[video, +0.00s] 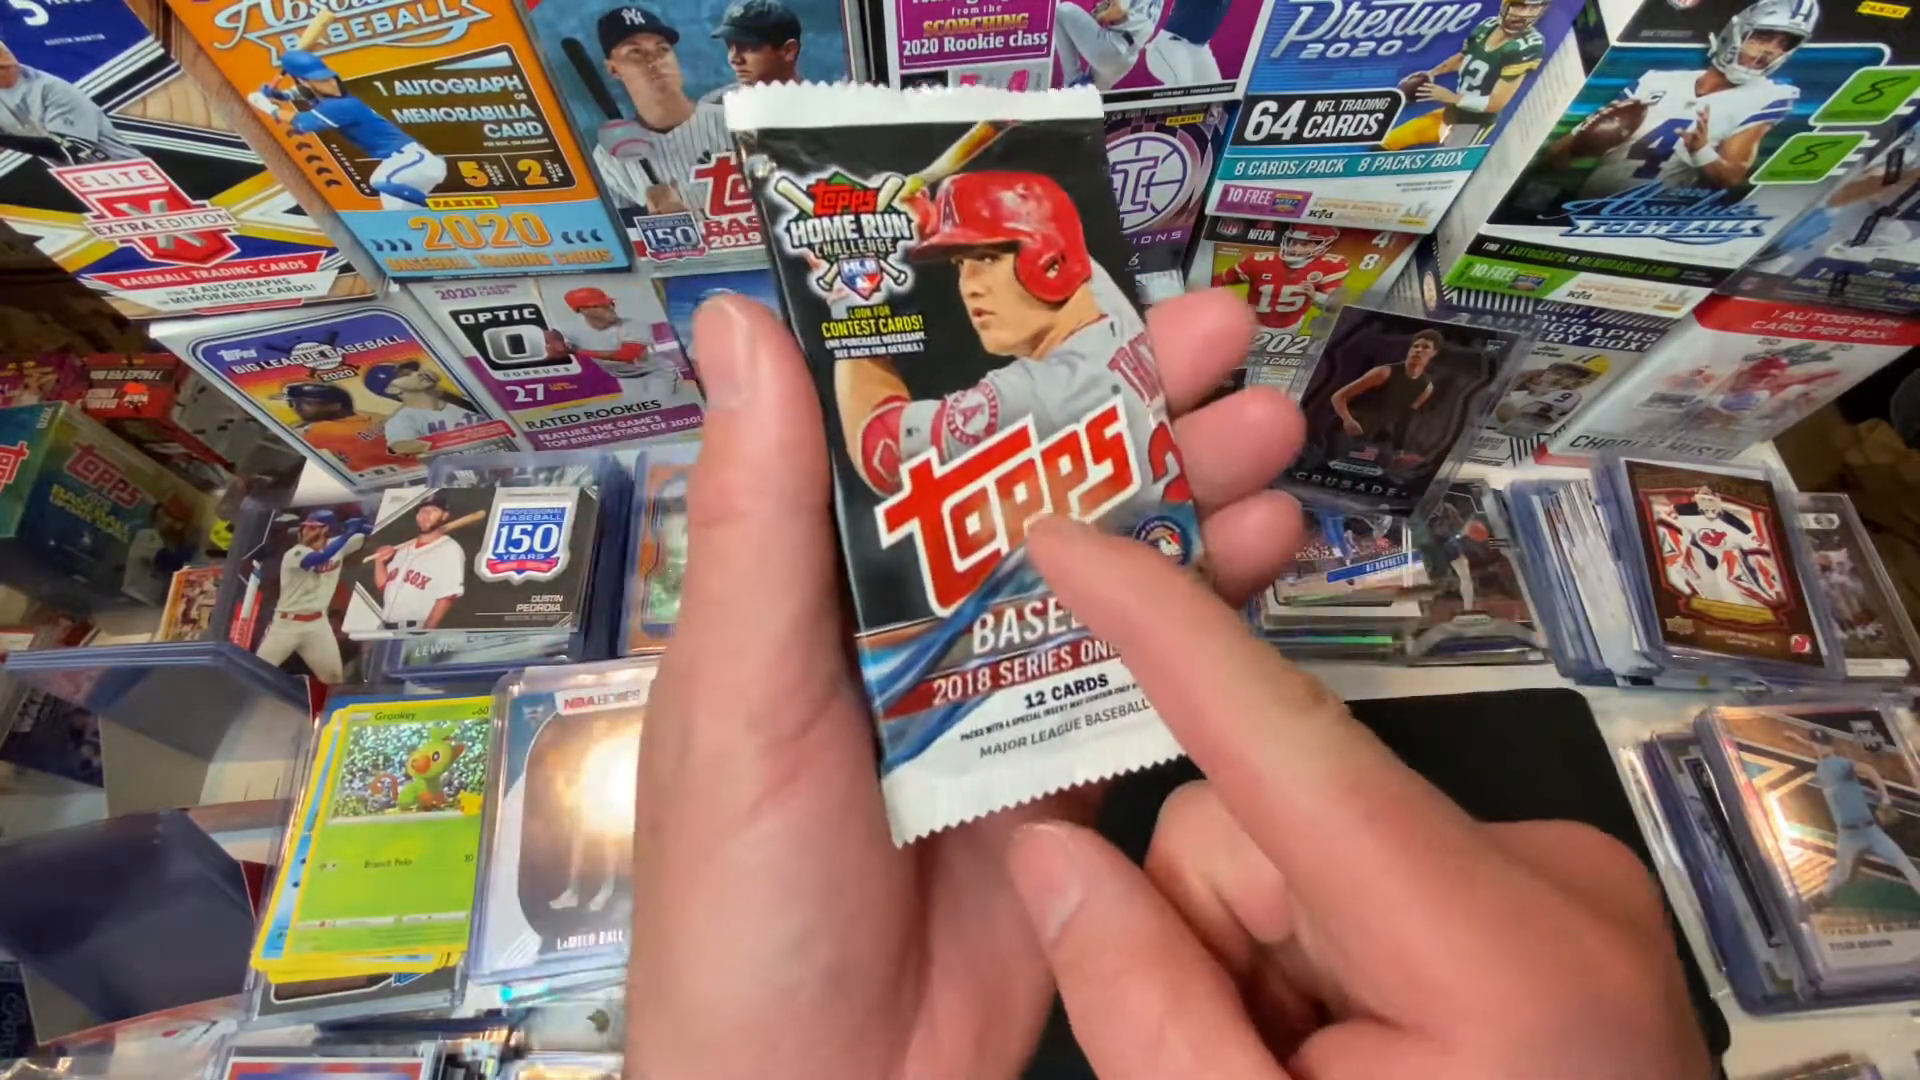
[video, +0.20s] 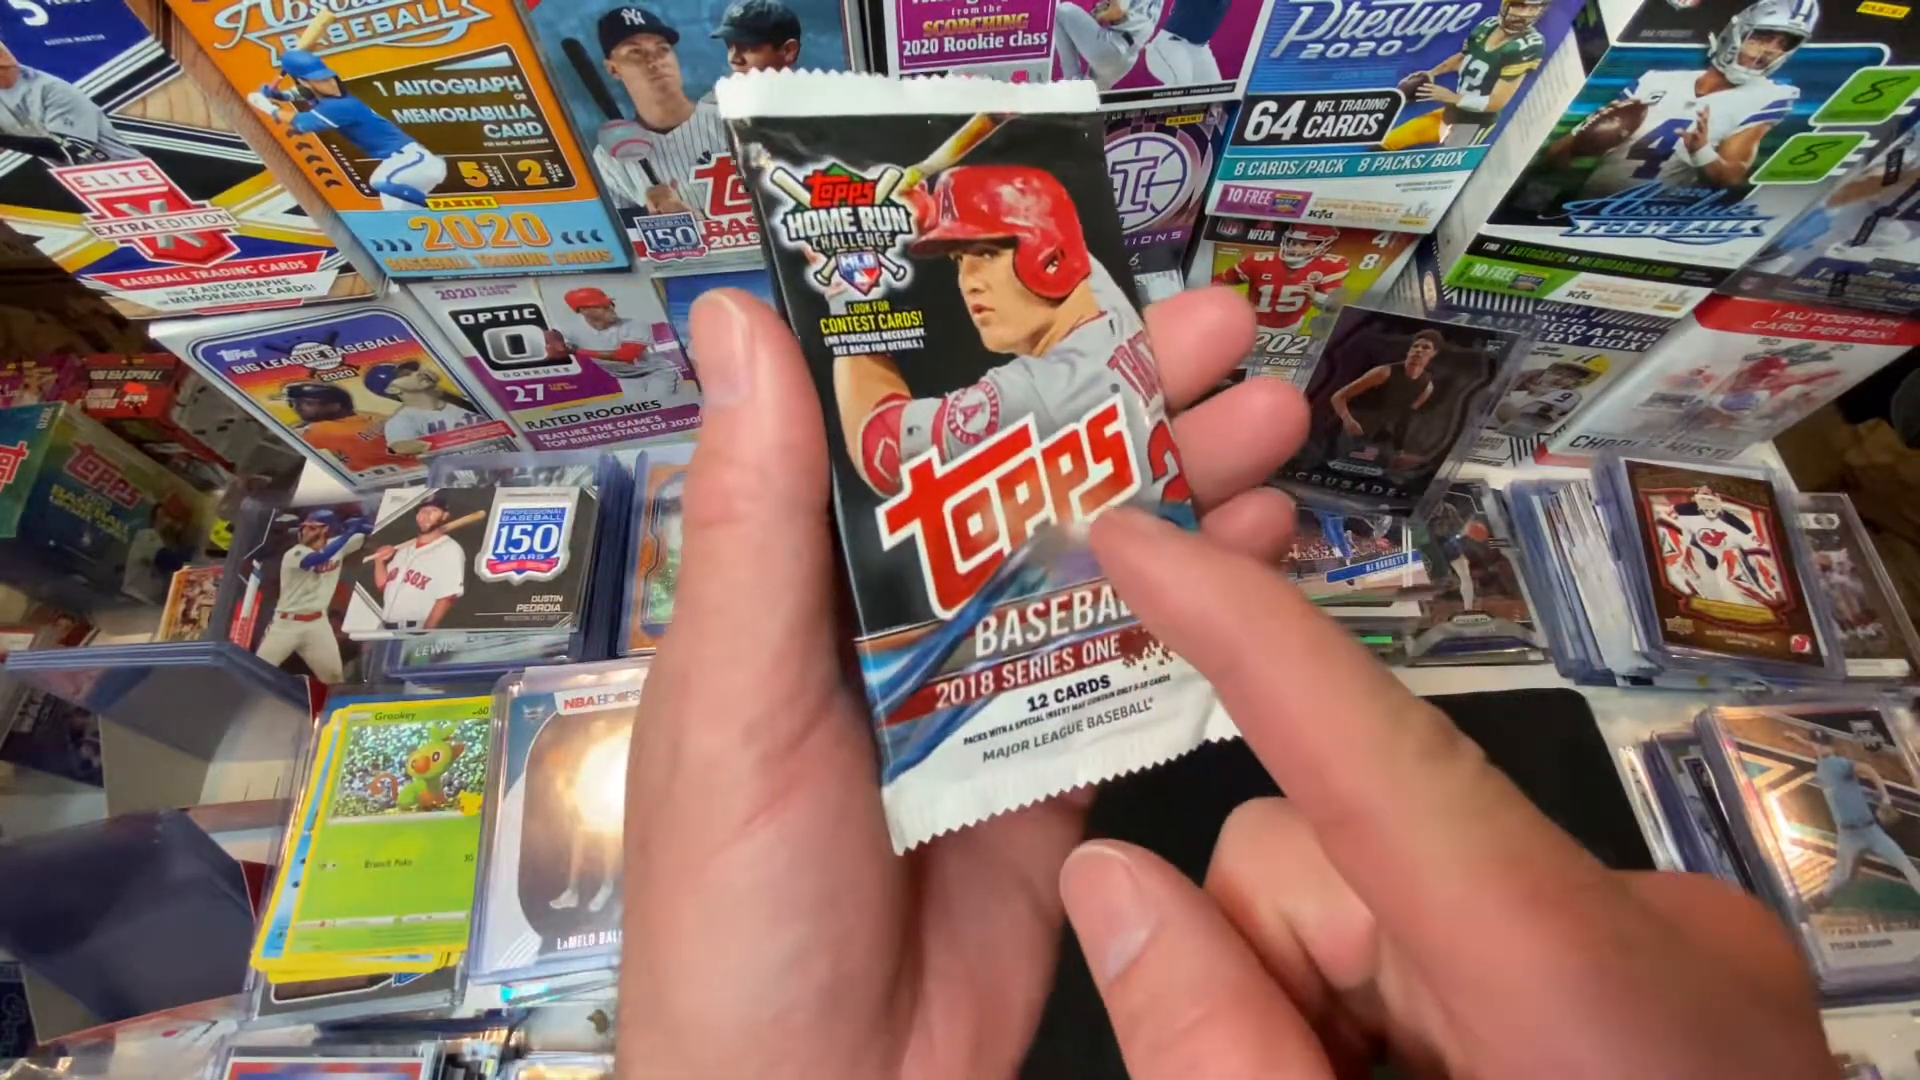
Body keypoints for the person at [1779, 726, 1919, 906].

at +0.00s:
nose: (1823, 749)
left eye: (1825, 744)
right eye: (1819, 745)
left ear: (1831, 745)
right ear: (1814, 748)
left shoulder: (1839, 764)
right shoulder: (1823, 767)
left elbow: (1868, 770)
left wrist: (1884, 797)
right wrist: (1796, 738)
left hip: (1871, 829)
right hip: (1847, 834)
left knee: (1904, 863)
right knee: (1842, 875)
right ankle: (1825, 896)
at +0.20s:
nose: (1823, 749)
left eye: (1825, 744)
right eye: (1818, 745)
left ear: (1831, 745)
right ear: (1813, 747)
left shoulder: (1838, 764)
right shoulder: (1823, 766)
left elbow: (1868, 770)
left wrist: (1885, 797)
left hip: (1871, 828)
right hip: (1847, 834)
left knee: (1904, 864)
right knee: (1842, 874)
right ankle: (1823, 898)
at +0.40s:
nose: (1824, 749)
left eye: (1826, 744)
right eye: (1819, 745)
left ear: (1831, 745)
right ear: (1814, 748)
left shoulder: (1839, 764)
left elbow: (1868, 770)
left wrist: (1885, 797)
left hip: (1871, 829)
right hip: (1847, 834)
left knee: (1904, 863)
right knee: (1842, 875)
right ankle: (1824, 897)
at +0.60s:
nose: (1823, 749)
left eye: (1825, 744)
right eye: (1819, 745)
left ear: (1831, 745)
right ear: (1814, 748)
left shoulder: (1839, 764)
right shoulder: (1823, 767)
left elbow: (1868, 770)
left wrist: (1885, 797)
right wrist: (1796, 738)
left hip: (1871, 828)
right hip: (1847, 834)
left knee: (1904, 863)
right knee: (1843, 875)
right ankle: (1823, 897)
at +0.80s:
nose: (1823, 749)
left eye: (1825, 744)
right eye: (1818, 745)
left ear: (1831, 745)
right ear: (1814, 748)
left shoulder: (1839, 763)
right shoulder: (1823, 766)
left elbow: (1868, 770)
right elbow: (1812, 748)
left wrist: (1885, 797)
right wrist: (1798, 739)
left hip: (1870, 828)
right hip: (1847, 833)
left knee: (1903, 863)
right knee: (1843, 873)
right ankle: (1824, 897)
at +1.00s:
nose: (1822, 749)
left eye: (1824, 744)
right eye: (1818, 746)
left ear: (1830, 745)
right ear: (1815, 748)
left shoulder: (1840, 763)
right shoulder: (1822, 766)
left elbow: (1869, 770)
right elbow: (1812, 746)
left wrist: (1885, 797)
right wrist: (1797, 739)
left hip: (1870, 829)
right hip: (1847, 834)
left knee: (1903, 863)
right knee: (1842, 874)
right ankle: (1824, 897)